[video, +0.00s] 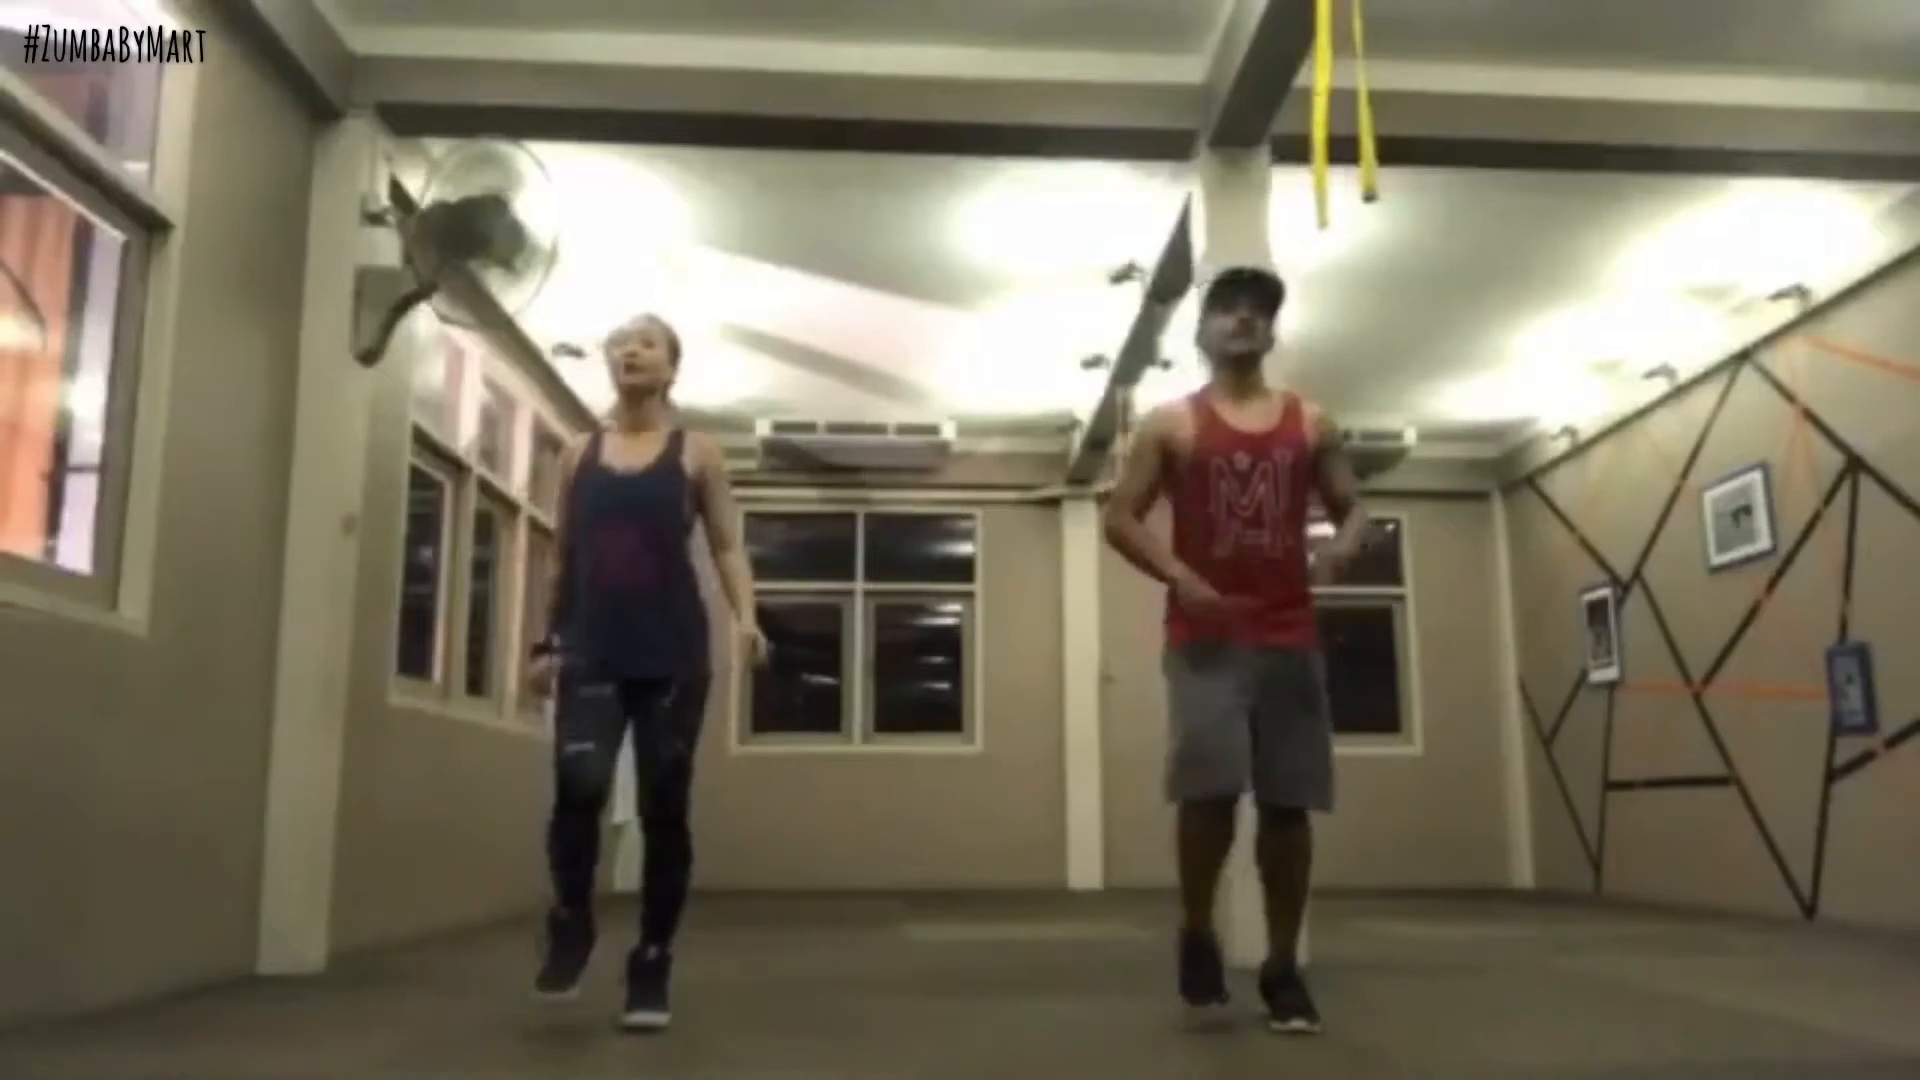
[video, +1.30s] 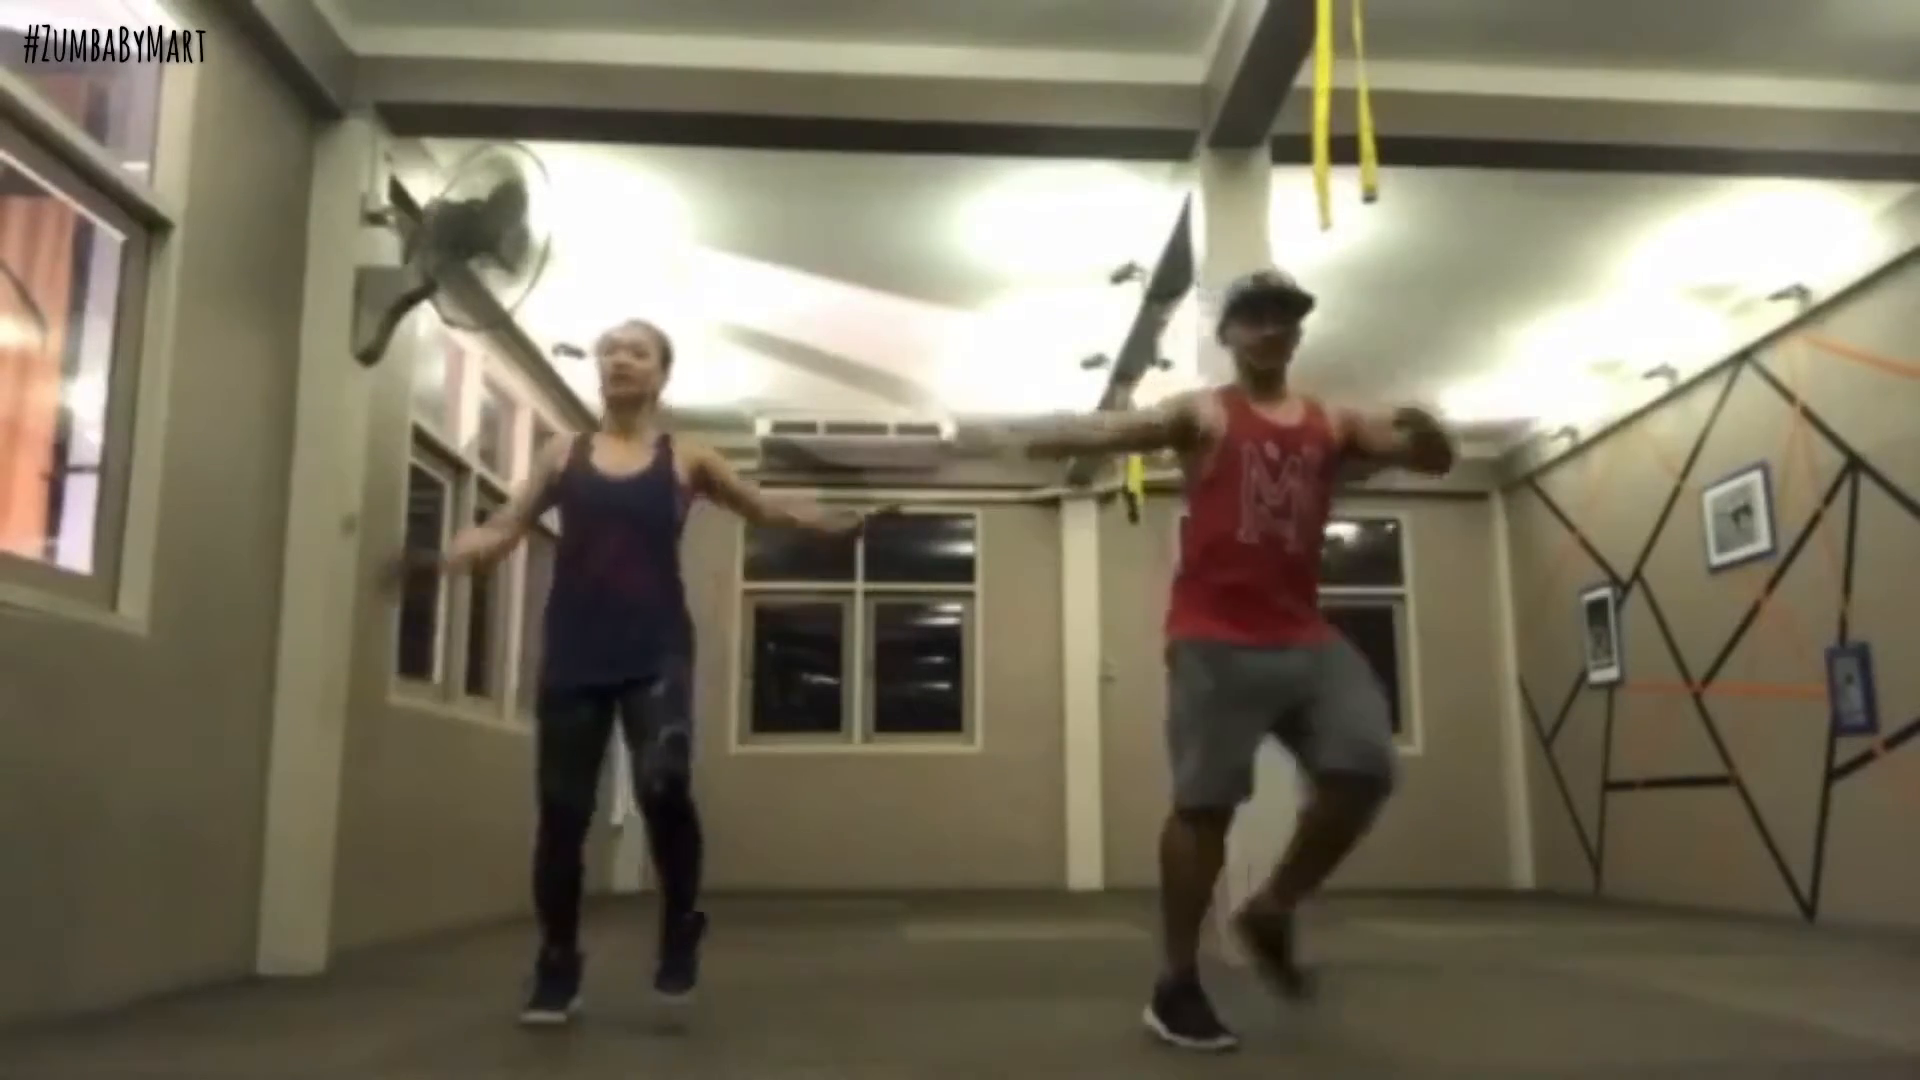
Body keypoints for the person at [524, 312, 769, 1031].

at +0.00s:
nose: (632, 355)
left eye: (647, 346)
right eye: (622, 345)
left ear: (673, 365)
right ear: (608, 364)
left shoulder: (697, 451)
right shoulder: (582, 452)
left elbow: (727, 544)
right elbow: (561, 553)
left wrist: (747, 617)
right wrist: (546, 640)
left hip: (672, 654)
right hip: (590, 652)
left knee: (663, 811)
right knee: (576, 795)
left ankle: (652, 966)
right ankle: (570, 927)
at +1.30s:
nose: (621, 362)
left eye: (637, 353)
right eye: (610, 352)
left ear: (663, 374)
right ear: (595, 371)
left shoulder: (687, 457)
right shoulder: (565, 455)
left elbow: (762, 508)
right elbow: (500, 528)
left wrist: (827, 523)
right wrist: (437, 559)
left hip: (656, 655)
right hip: (573, 655)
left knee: (664, 792)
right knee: (561, 812)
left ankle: (680, 932)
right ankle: (557, 964)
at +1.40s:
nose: (630, 352)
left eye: (646, 344)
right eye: (620, 342)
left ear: (673, 366)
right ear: (605, 359)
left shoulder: (695, 450)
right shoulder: (577, 443)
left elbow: (785, 483)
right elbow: (518, 517)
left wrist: (864, 496)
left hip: (661, 643)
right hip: (579, 644)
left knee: (681, 780)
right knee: (564, 808)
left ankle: (729, 946)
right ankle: (553, 968)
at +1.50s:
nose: (641, 352)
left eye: (659, 344)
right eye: (634, 342)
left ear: (687, 367)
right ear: (621, 359)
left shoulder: (702, 450)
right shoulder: (589, 438)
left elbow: (771, 491)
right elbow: (570, 503)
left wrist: (832, 508)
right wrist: (642, 470)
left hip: (673, 647)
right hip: (593, 646)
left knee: (701, 793)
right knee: (571, 811)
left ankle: (773, 963)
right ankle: (554, 966)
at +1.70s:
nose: (671, 350)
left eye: (686, 339)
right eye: (661, 339)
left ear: (714, 357)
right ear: (647, 355)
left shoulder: (735, 440)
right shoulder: (627, 435)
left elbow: (796, 505)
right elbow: (549, 491)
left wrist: (868, 497)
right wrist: (605, 460)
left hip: (719, 655)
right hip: (638, 653)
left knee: (733, 817)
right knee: (596, 822)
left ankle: (785, 982)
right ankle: (567, 961)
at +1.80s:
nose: (677, 340)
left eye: (692, 329)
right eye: (665, 330)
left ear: (721, 349)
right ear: (651, 348)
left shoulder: (742, 434)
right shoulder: (626, 436)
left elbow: (845, 468)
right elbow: (524, 467)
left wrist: (874, 412)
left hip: (730, 647)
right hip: (647, 648)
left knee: (751, 813)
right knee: (607, 809)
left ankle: (786, 975)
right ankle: (588, 936)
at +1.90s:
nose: (675, 344)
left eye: (690, 332)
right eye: (663, 333)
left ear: (718, 347)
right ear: (649, 349)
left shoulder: (738, 433)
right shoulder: (628, 438)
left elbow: (817, 448)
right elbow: (534, 462)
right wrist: (455, 448)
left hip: (732, 641)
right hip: (650, 643)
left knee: (759, 806)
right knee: (646, 797)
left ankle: (788, 972)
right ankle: (595, 919)